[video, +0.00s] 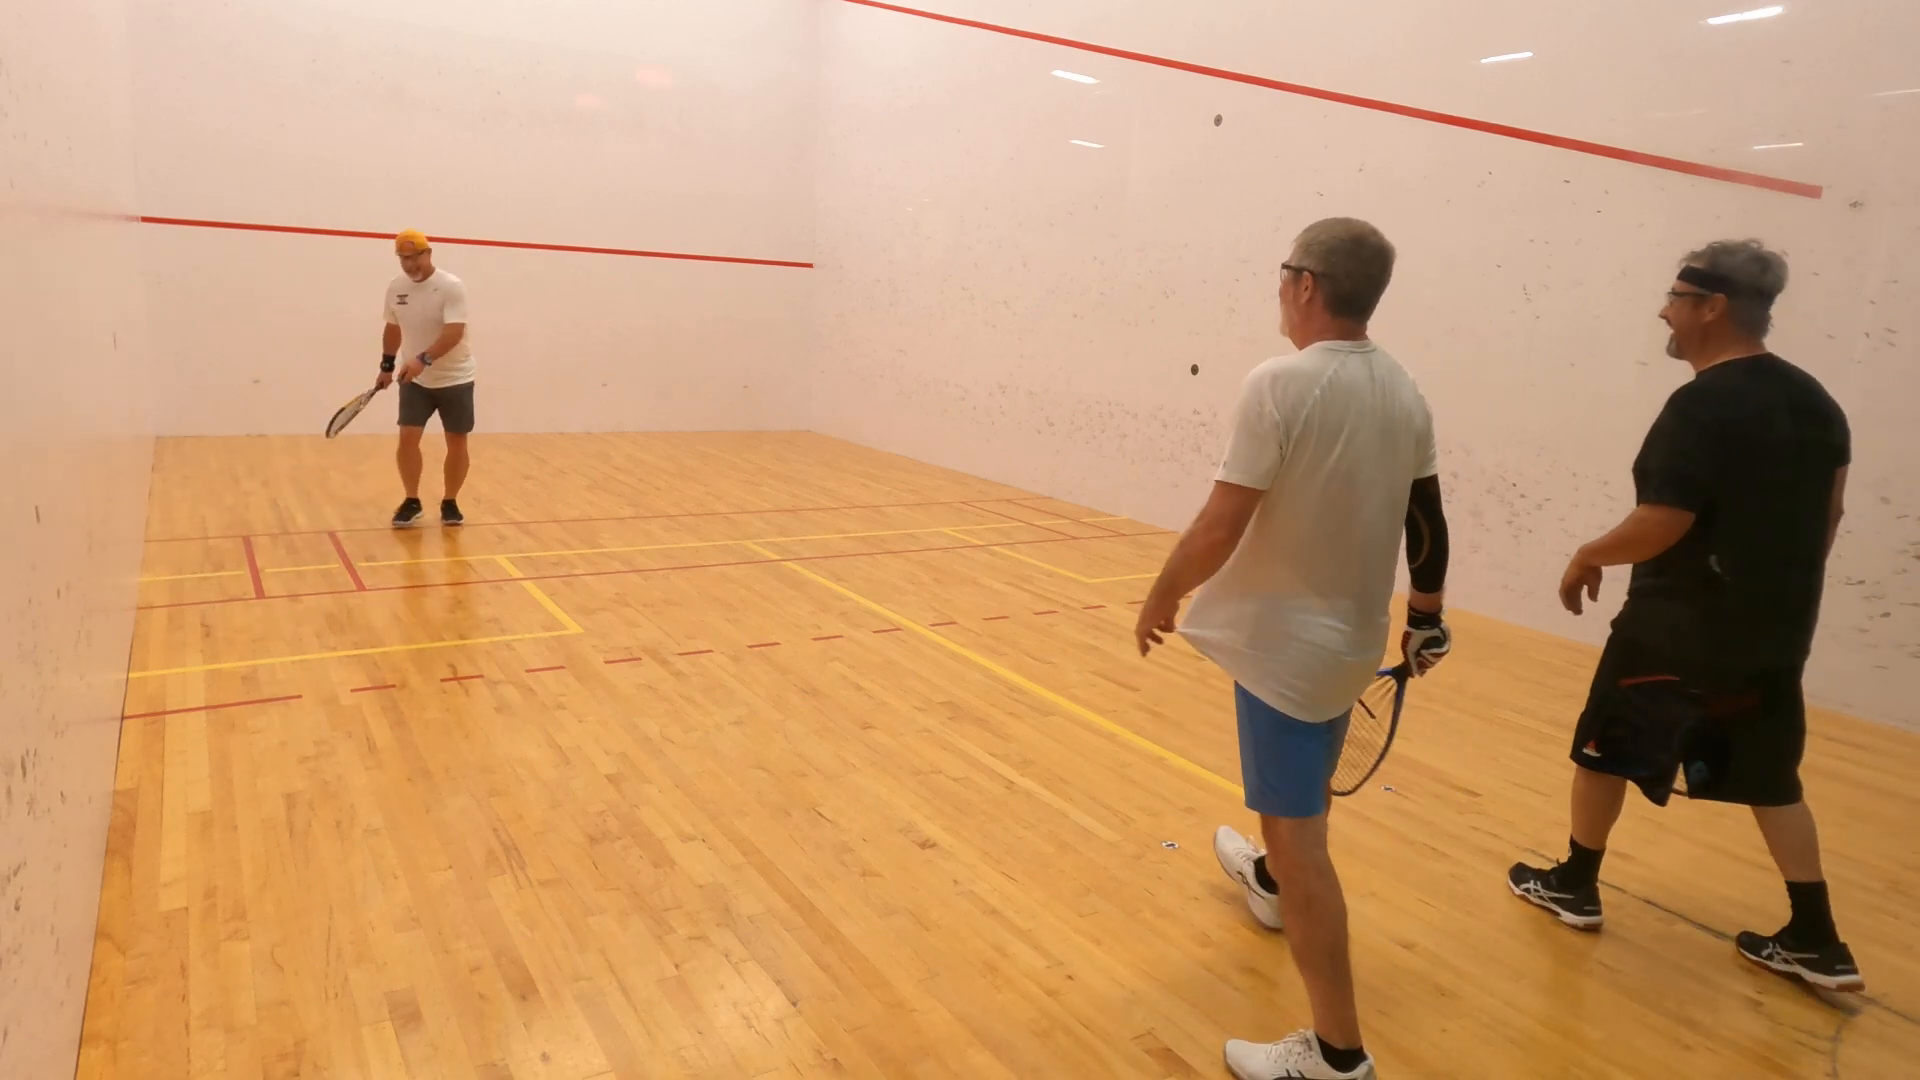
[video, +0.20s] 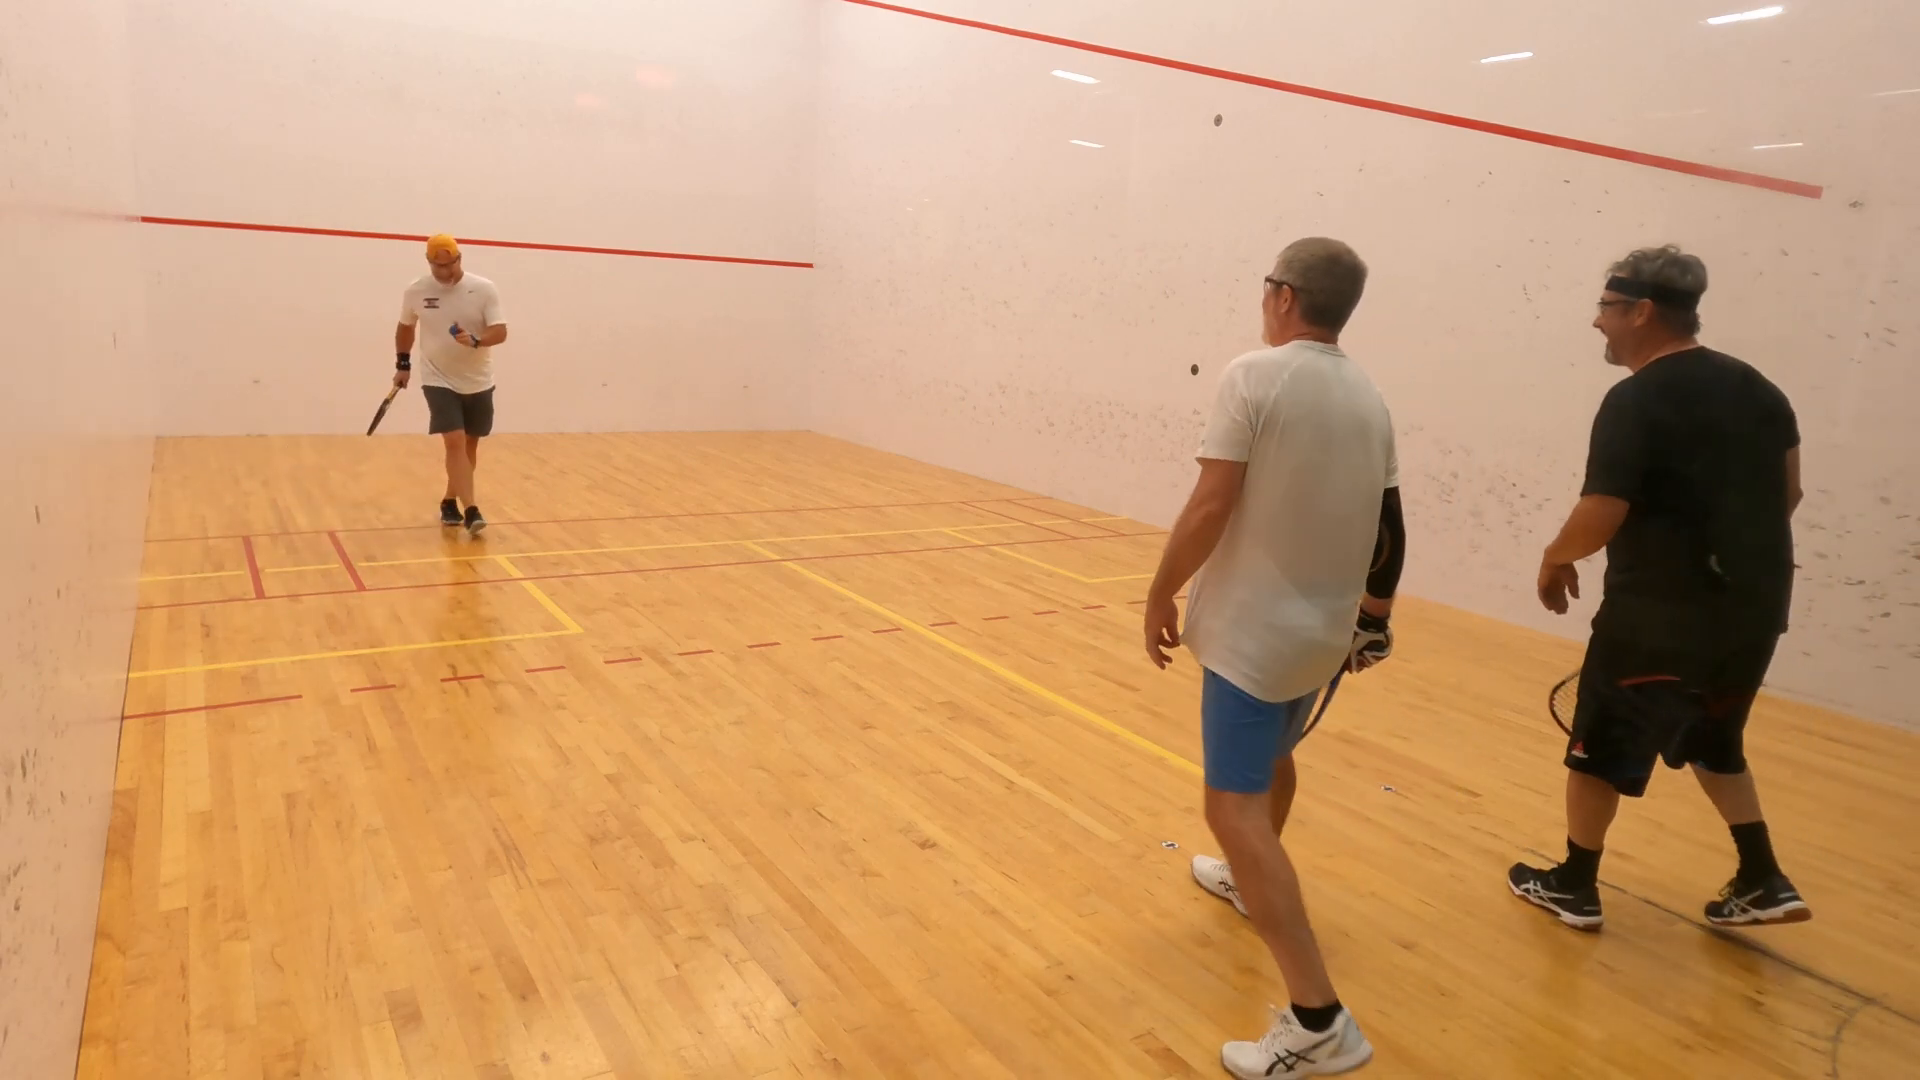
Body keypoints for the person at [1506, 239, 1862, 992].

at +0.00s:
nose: (1665, 310)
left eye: (1676, 298)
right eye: (1670, 296)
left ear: (1715, 308)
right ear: (1736, 312)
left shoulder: (1699, 405)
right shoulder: (1815, 403)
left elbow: (1661, 523)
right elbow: (1827, 520)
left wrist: (1589, 554)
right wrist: (1782, 587)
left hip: (1674, 629)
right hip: (1772, 634)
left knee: (1607, 741)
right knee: (1771, 774)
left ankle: (1575, 879)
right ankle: (1815, 935)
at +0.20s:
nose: (1597, 321)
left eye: (1607, 308)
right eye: (1600, 306)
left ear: (1647, 315)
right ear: (1680, 315)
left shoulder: (1633, 401)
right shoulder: (1758, 389)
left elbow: (1600, 514)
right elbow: (1787, 491)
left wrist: (1554, 556)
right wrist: (1732, 548)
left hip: (1656, 613)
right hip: (1750, 615)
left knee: (1600, 740)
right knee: (1713, 737)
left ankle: (1575, 881)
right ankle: (1761, 876)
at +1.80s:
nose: (1573, 326)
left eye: (1584, 315)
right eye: (1578, 313)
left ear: (1618, 325)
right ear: (1644, 328)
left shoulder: (1600, 391)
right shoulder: (1709, 397)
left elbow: (1581, 481)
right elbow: (1747, 493)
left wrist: (1542, 531)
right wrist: (1712, 566)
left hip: (1610, 594)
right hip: (1698, 602)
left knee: (1531, 687)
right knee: (1657, 718)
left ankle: (1549, 823)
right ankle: (1658, 861)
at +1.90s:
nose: (1561, 327)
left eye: (1570, 316)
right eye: (1565, 315)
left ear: (1600, 325)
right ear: (1623, 329)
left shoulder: (1585, 393)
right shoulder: (1693, 399)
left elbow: (1570, 483)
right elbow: (1724, 495)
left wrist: (1524, 530)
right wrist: (1691, 560)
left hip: (1594, 592)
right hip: (1679, 602)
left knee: (1506, 674)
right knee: (1647, 722)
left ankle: (1488, 803)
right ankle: (1657, 861)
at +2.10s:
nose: (1509, 328)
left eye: (1518, 319)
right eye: (1514, 316)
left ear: (1546, 331)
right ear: (1570, 336)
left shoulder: (1534, 399)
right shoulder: (1630, 402)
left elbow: (1523, 489)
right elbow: (1654, 495)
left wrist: (1475, 530)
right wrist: (1610, 546)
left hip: (1539, 588)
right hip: (1618, 595)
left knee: (1459, 665)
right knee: (1618, 714)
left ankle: (1419, 773)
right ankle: (1653, 857)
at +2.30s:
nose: (1441, 315)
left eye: (1450, 307)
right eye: (1446, 305)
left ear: (1475, 321)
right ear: (1499, 324)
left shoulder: (1464, 390)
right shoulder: (1551, 388)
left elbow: (1452, 478)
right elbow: (1573, 474)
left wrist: (1405, 515)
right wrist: (1547, 534)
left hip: (1462, 566)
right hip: (1534, 570)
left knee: (1410, 661)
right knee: (1523, 676)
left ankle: (1407, 773)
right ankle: (1604, 792)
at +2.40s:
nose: (1414, 311)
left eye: (1423, 303)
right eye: (1418, 300)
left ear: (1448, 314)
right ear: (1473, 317)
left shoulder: (1436, 382)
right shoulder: (1521, 383)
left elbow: (1417, 468)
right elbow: (1539, 470)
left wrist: (1370, 499)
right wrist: (1506, 523)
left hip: (1433, 556)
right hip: (1498, 559)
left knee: (1393, 657)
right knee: (1460, 652)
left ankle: (1406, 772)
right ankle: (1530, 753)